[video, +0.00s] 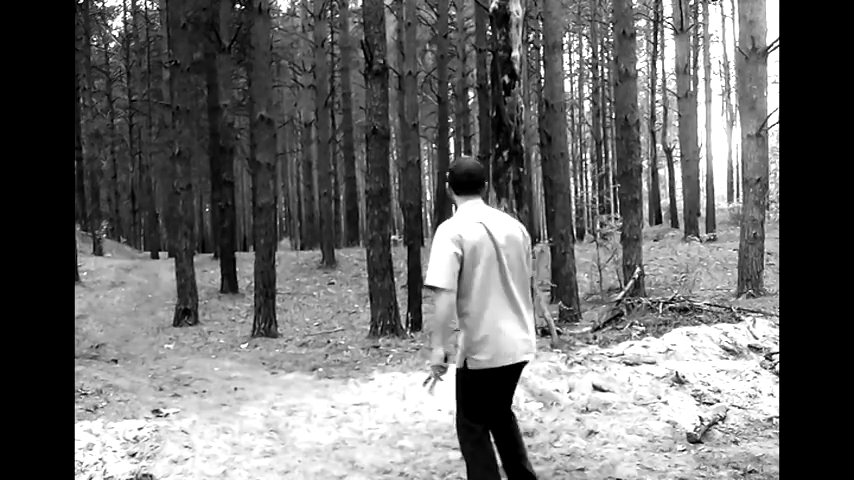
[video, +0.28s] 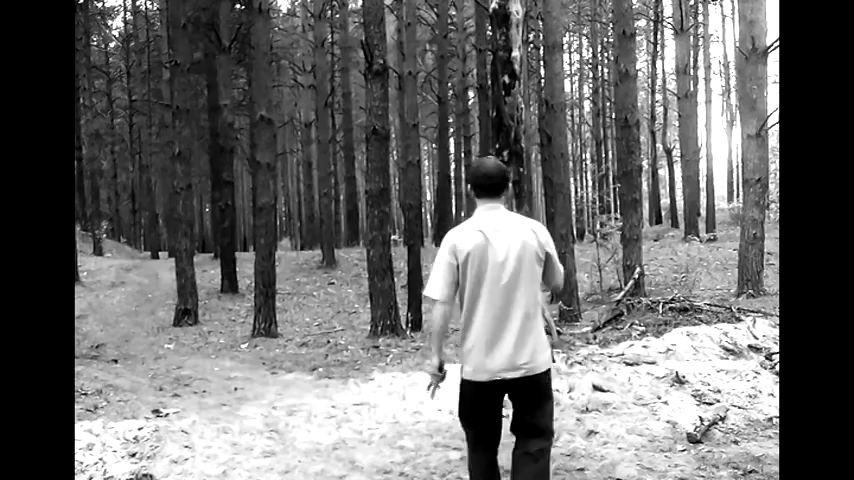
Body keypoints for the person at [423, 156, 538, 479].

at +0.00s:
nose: (446, 188)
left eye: (446, 183)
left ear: (449, 188)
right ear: (485, 187)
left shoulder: (452, 231)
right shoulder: (514, 226)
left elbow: (445, 296)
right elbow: (525, 283)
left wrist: (439, 348)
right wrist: (524, 327)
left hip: (481, 351)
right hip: (519, 344)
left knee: (470, 427)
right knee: (501, 413)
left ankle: (487, 478)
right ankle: (523, 475)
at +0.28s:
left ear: (471, 189)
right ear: (508, 188)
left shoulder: (457, 239)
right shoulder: (535, 231)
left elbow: (441, 304)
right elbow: (556, 283)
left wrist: (436, 357)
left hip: (480, 365)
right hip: (531, 360)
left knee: (481, 447)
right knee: (534, 443)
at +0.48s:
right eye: (521, 182)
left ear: (485, 188)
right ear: (522, 186)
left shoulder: (468, 236)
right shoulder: (544, 228)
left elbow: (456, 301)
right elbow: (570, 277)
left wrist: (460, 347)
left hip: (492, 359)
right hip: (540, 356)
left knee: (499, 437)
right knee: (542, 442)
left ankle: (495, 477)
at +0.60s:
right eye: (527, 182)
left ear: (489, 187)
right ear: (527, 185)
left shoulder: (473, 234)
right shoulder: (544, 228)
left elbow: (459, 298)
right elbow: (576, 274)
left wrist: (475, 341)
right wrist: (582, 249)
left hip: (496, 357)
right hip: (539, 356)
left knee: (508, 430)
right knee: (547, 442)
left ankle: (502, 477)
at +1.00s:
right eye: (536, 192)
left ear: (496, 199)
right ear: (533, 197)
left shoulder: (485, 241)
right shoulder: (533, 239)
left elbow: (482, 300)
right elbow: (597, 251)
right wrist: (611, 202)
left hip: (495, 359)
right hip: (530, 363)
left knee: (506, 414)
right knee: (554, 439)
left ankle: (498, 472)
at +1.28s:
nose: (513, 218)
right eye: (512, 214)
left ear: (478, 222)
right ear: (510, 220)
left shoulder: (464, 265)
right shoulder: (521, 258)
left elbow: (452, 313)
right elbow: (577, 260)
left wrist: (484, 322)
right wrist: (564, 221)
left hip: (479, 367)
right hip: (517, 367)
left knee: (491, 411)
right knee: (533, 436)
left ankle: (481, 473)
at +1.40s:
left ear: (458, 235)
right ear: (489, 230)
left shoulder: (455, 269)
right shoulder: (511, 258)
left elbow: (433, 317)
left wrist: (453, 337)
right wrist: (533, 227)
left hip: (479, 355)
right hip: (519, 348)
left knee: (479, 412)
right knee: (528, 418)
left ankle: (481, 473)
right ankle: (529, 475)